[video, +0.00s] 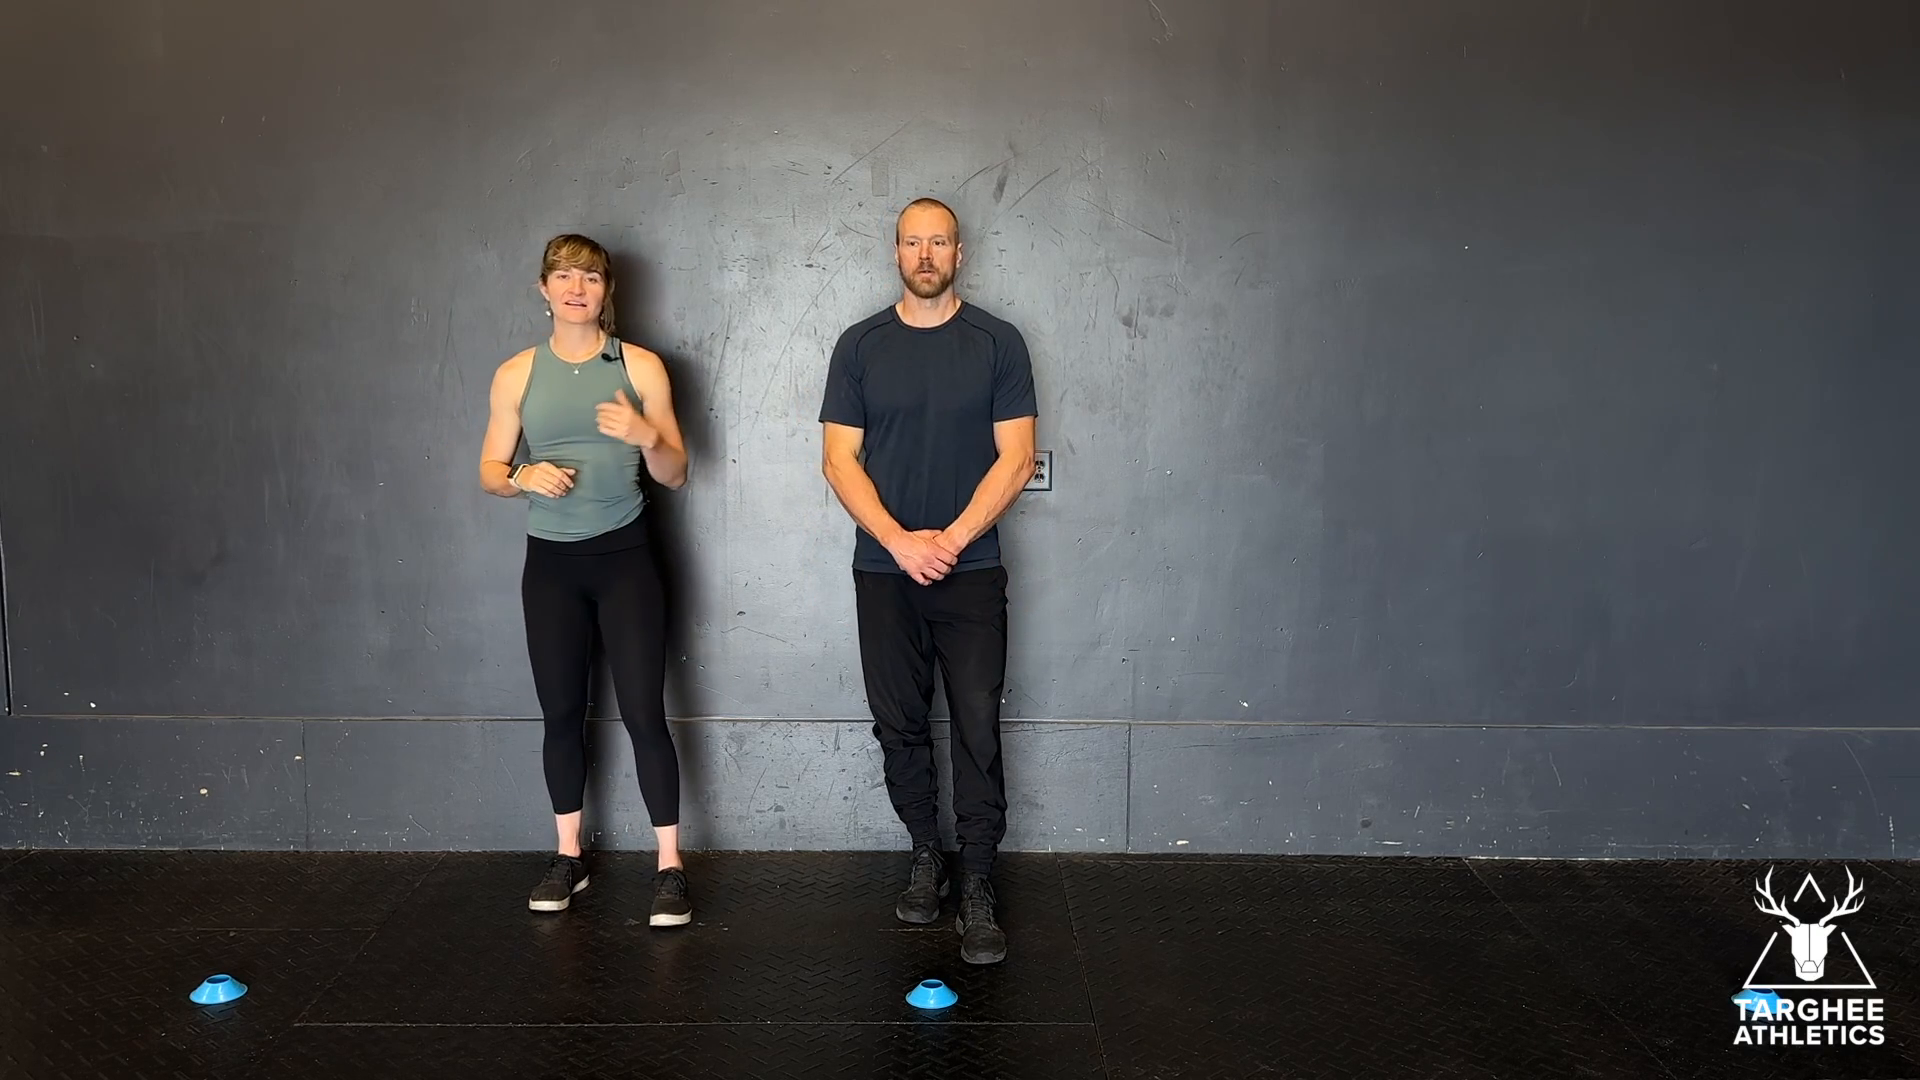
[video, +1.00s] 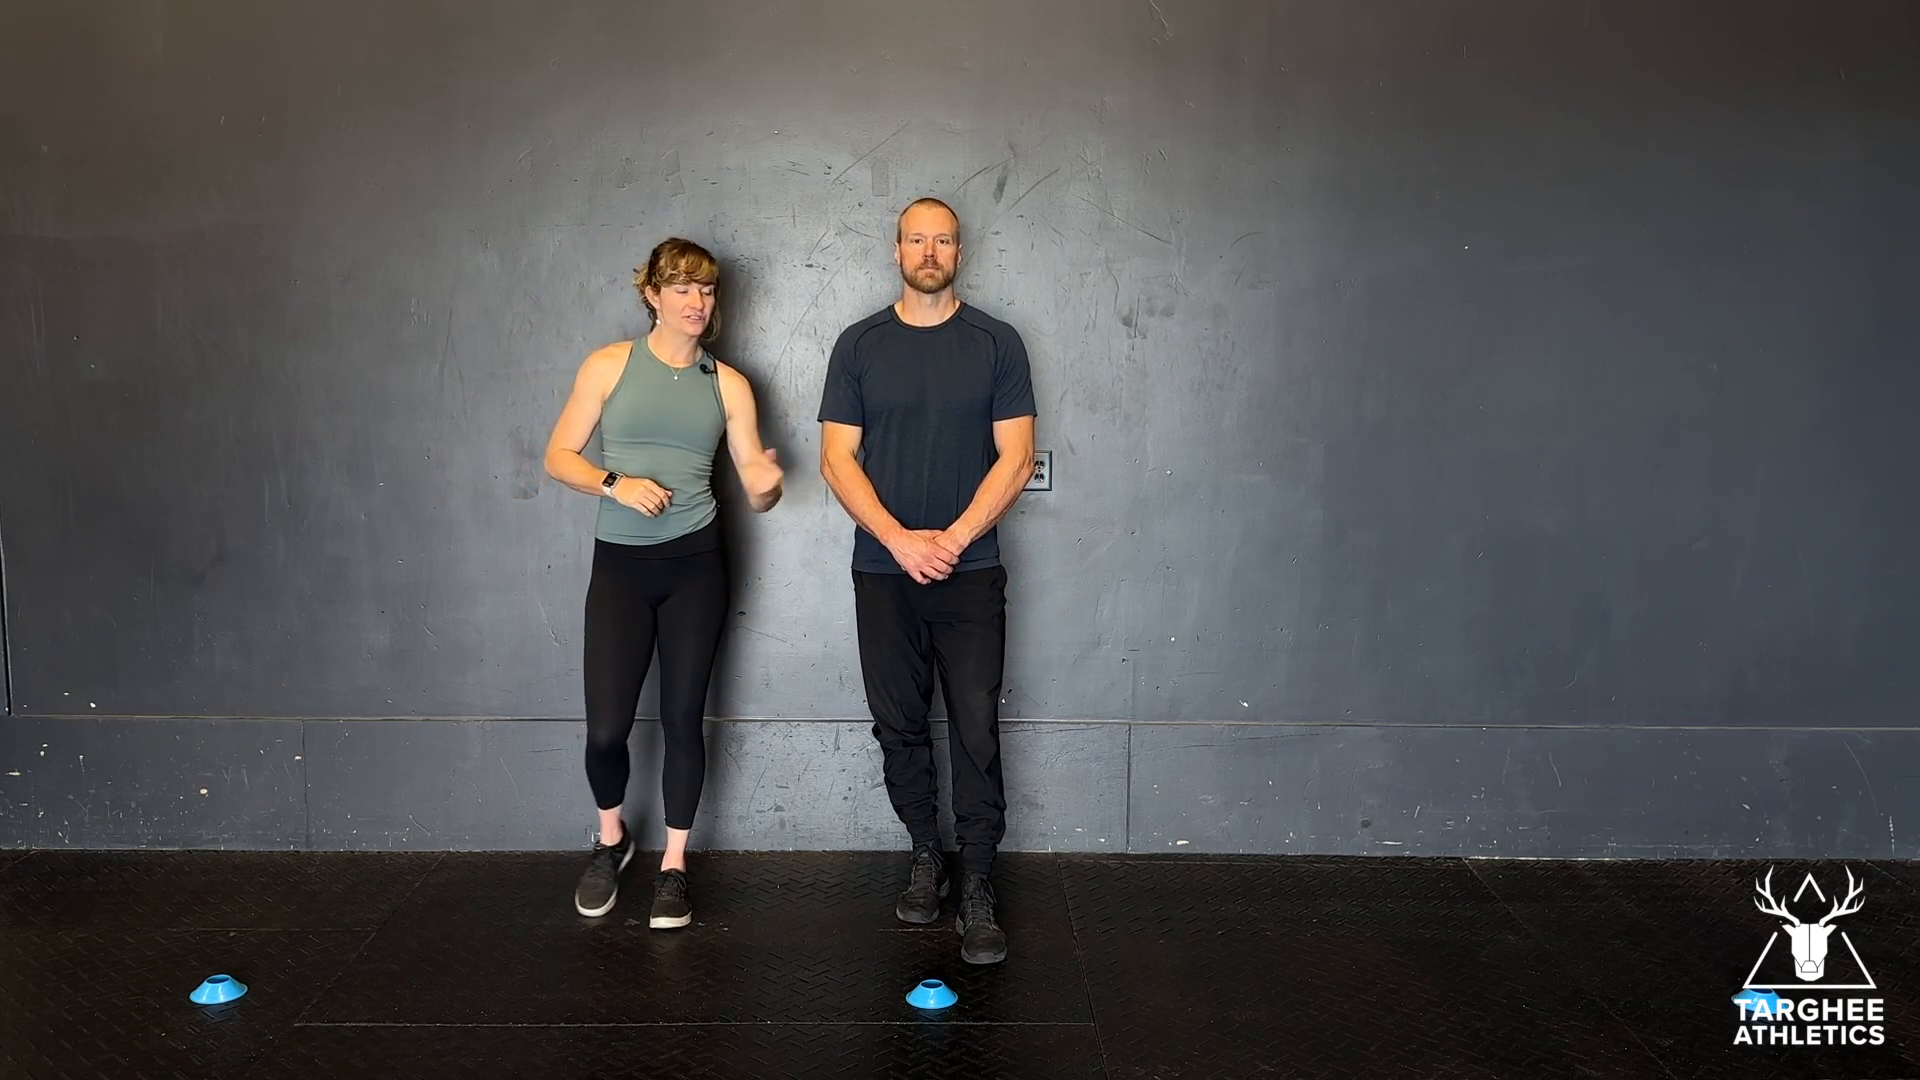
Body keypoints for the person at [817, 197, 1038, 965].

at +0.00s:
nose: (926, 253)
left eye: (938, 242)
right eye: (914, 241)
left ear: (958, 253)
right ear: (895, 252)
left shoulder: (997, 343)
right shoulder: (858, 346)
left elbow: (1018, 461)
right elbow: (838, 461)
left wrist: (947, 541)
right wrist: (897, 539)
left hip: (971, 569)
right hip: (886, 570)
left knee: (977, 731)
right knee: (901, 727)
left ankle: (979, 884)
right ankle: (929, 861)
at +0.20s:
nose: (923, 253)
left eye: (936, 240)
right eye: (910, 241)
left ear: (957, 253)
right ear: (894, 254)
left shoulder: (997, 343)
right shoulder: (858, 345)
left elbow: (1021, 460)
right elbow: (834, 459)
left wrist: (947, 539)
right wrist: (896, 536)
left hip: (971, 570)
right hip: (886, 570)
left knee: (977, 731)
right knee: (900, 727)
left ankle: (979, 883)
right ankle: (929, 861)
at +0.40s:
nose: (922, 252)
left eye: (935, 240)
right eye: (910, 240)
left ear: (956, 253)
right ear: (893, 252)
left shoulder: (997, 343)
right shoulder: (857, 346)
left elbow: (1017, 460)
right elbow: (834, 461)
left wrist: (948, 541)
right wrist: (896, 536)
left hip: (970, 567)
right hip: (884, 568)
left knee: (976, 727)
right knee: (900, 724)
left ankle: (978, 885)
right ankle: (928, 860)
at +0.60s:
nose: (926, 253)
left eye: (939, 241)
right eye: (913, 241)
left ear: (956, 253)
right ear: (894, 253)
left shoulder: (996, 343)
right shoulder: (857, 345)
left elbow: (1018, 460)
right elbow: (835, 461)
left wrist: (950, 541)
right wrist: (896, 537)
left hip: (970, 567)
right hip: (884, 567)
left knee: (975, 730)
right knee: (899, 725)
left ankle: (979, 882)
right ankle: (927, 857)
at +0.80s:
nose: (930, 253)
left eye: (941, 241)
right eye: (916, 242)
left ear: (958, 252)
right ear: (896, 253)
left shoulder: (996, 344)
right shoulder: (857, 346)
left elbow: (1018, 461)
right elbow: (837, 461)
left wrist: (952, 540)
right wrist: (896, 539)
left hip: (970, 567)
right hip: (885, 567)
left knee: (977, 730)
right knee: (900, 725)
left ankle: (979, 884)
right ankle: (927, 857)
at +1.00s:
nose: (930, 250)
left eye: (942, 240)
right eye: (917, 239)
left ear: (959, 254)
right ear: (896, 253)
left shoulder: (996, 343)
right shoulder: (858, 345)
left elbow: (1018, 460)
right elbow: (837, 461)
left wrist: (949, 541)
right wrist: (897, 537)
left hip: (970, 570)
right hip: (884, 569)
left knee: (976, 733)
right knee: (901, 727)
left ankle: (979, 887)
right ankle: (927, 857)